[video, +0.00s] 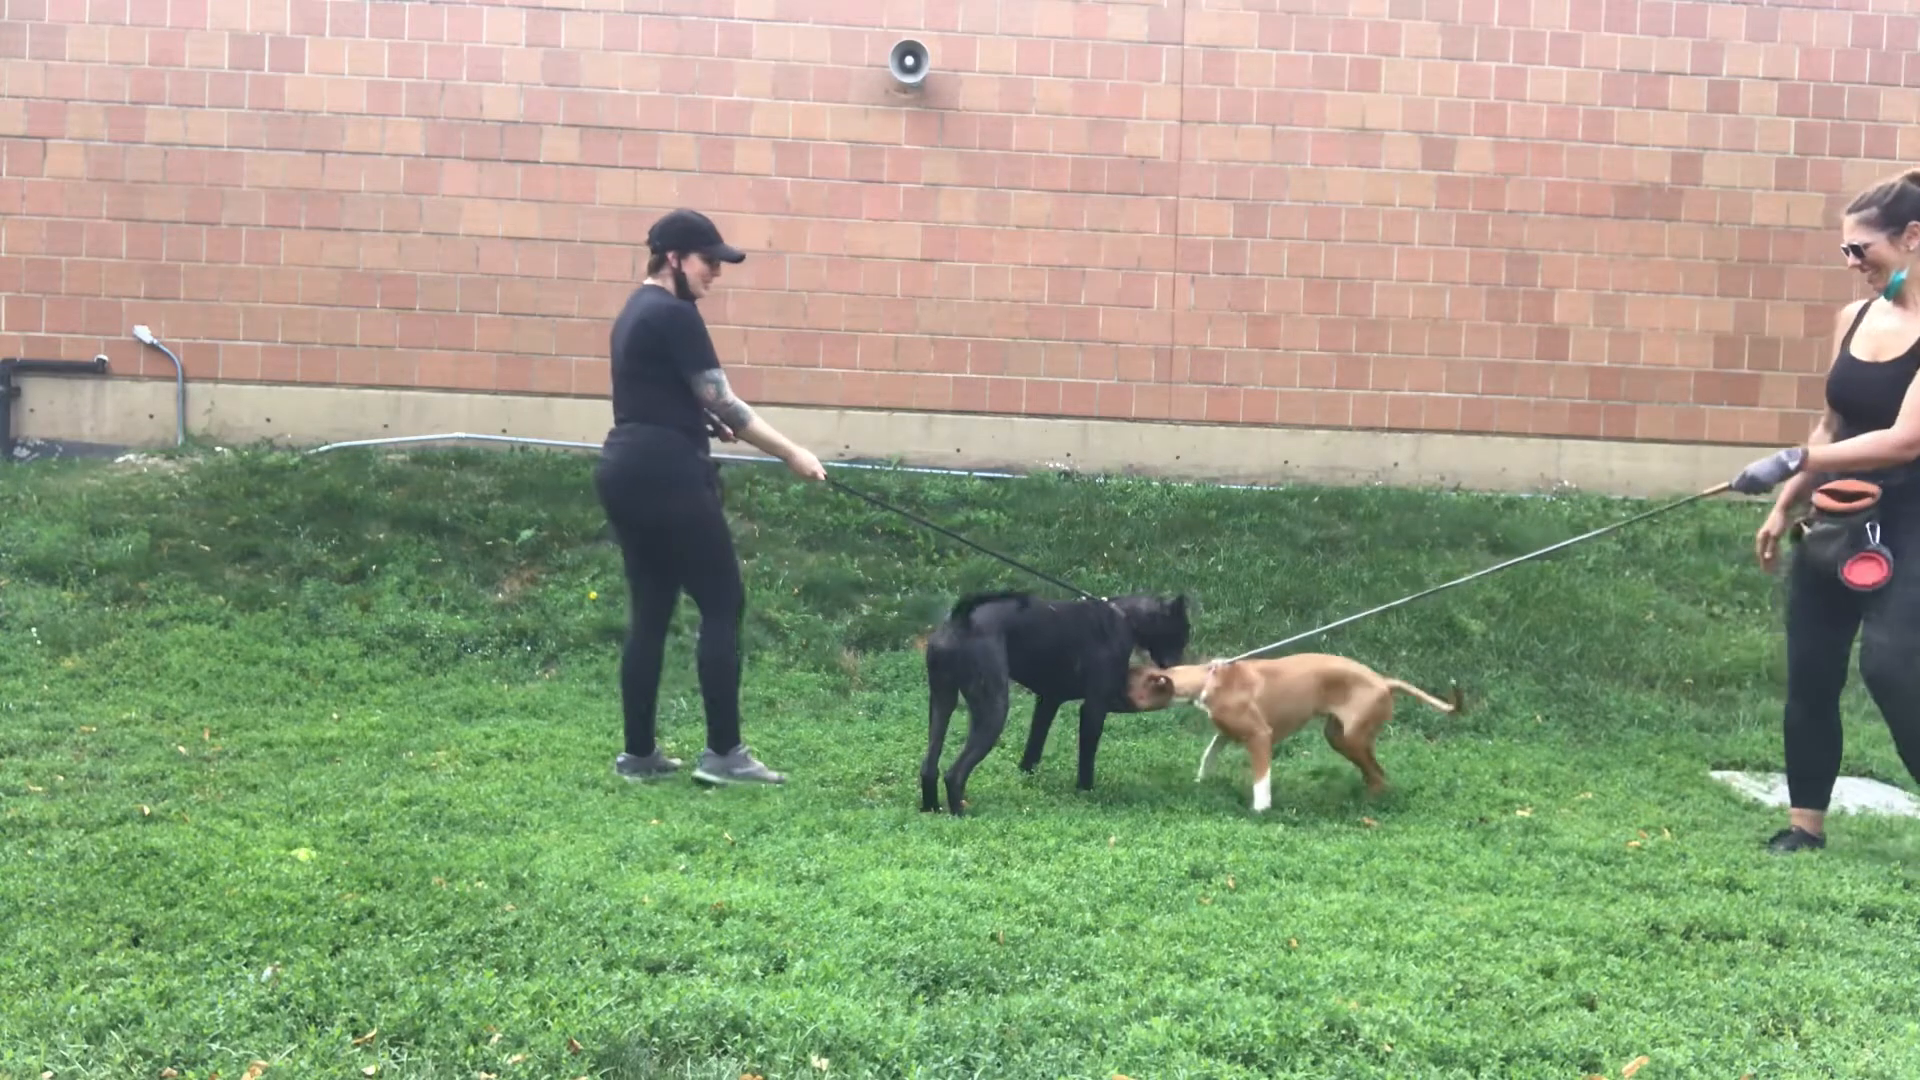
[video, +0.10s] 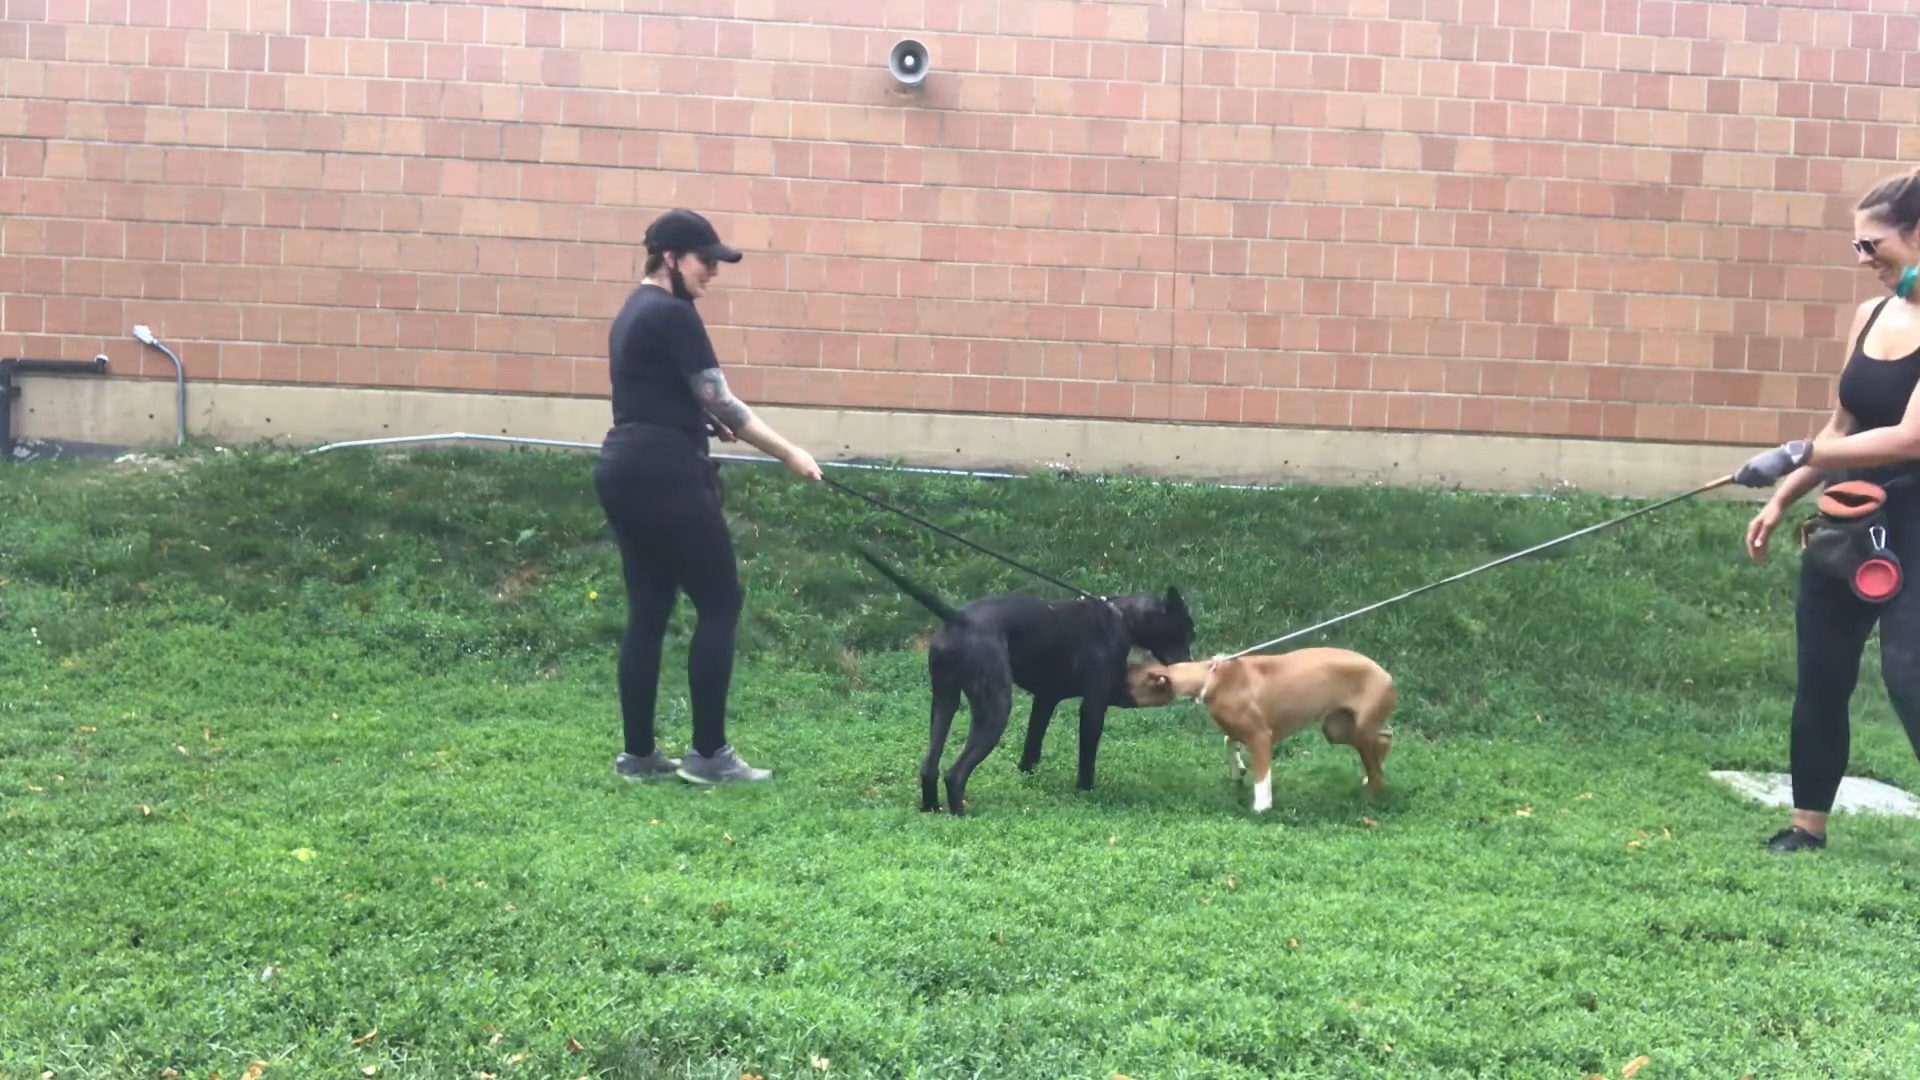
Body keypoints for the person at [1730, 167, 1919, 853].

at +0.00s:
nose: (1852, 261)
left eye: (1860, 248)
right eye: (1848, 249)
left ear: (1909, 240)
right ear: (1880, 245)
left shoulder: (1919, 326)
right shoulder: (1855, 317)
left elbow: (1908, 438)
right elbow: (1830, 424)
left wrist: (1805, 470)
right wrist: (1785, 508)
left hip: (1902, 522)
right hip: (1836, 515)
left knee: (1890, 666)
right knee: (1811, 672)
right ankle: (1806, 827)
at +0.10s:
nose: (1861, 257)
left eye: (1871, 243)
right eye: (1857, 244)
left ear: (1913, 235)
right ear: (1876, 241)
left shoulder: (1919, 320)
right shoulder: (1870, 314)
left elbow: (1911, 437)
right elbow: (1841, 423)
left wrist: (1805, 463)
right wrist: (1783, 500)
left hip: (1907, 525)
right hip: (1845, 517)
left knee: (1906, 680)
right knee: (1821, 677)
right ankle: (1808, 827)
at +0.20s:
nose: (1876, 253)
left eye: (1885, 240)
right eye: (1871, 241)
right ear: (1879, 239)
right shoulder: (1890, 314)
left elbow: (1918, 439)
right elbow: (1863, 428)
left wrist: (1832, 459)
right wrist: (1793, 493)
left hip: (1913, 527)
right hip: (1861, 518)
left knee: (1913, 686)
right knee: (1833, 679)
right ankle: (1809, 827)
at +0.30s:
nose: (1890, 247)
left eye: (1898, 234)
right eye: (1886, 234)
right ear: (1893, 229)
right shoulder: (1911, 308)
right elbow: (1896, 426)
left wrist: (1855, 460)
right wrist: (1823, 493)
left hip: (1916, 523)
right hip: (1885, 517)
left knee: (1912, 685)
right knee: (1849, 678)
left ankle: (1817, 822)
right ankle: (1815, 827)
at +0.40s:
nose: (1903, 237)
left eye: (1910, 223)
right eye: (1899, 225)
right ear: (1897, 222)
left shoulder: (1919, 337)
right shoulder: (1916, 332)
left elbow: (1919, 435)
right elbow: (1912, 435)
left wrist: (1853, 456)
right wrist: (1858, 502)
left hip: (1912, 528)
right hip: (1904, 523)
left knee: (1858, 671)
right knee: (1859, 671)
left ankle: (1828, 827)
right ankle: (1828, 826)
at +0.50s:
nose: (1910, 235)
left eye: (1914, 222)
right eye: (1908, 223)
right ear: (1905, 217)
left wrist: (1864, 459)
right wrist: (1904, 497)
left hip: (1917, 532)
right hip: (1912, 529)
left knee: (1863, 664)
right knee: (1863, 664)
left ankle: (1876, 831)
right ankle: (1876, 830)